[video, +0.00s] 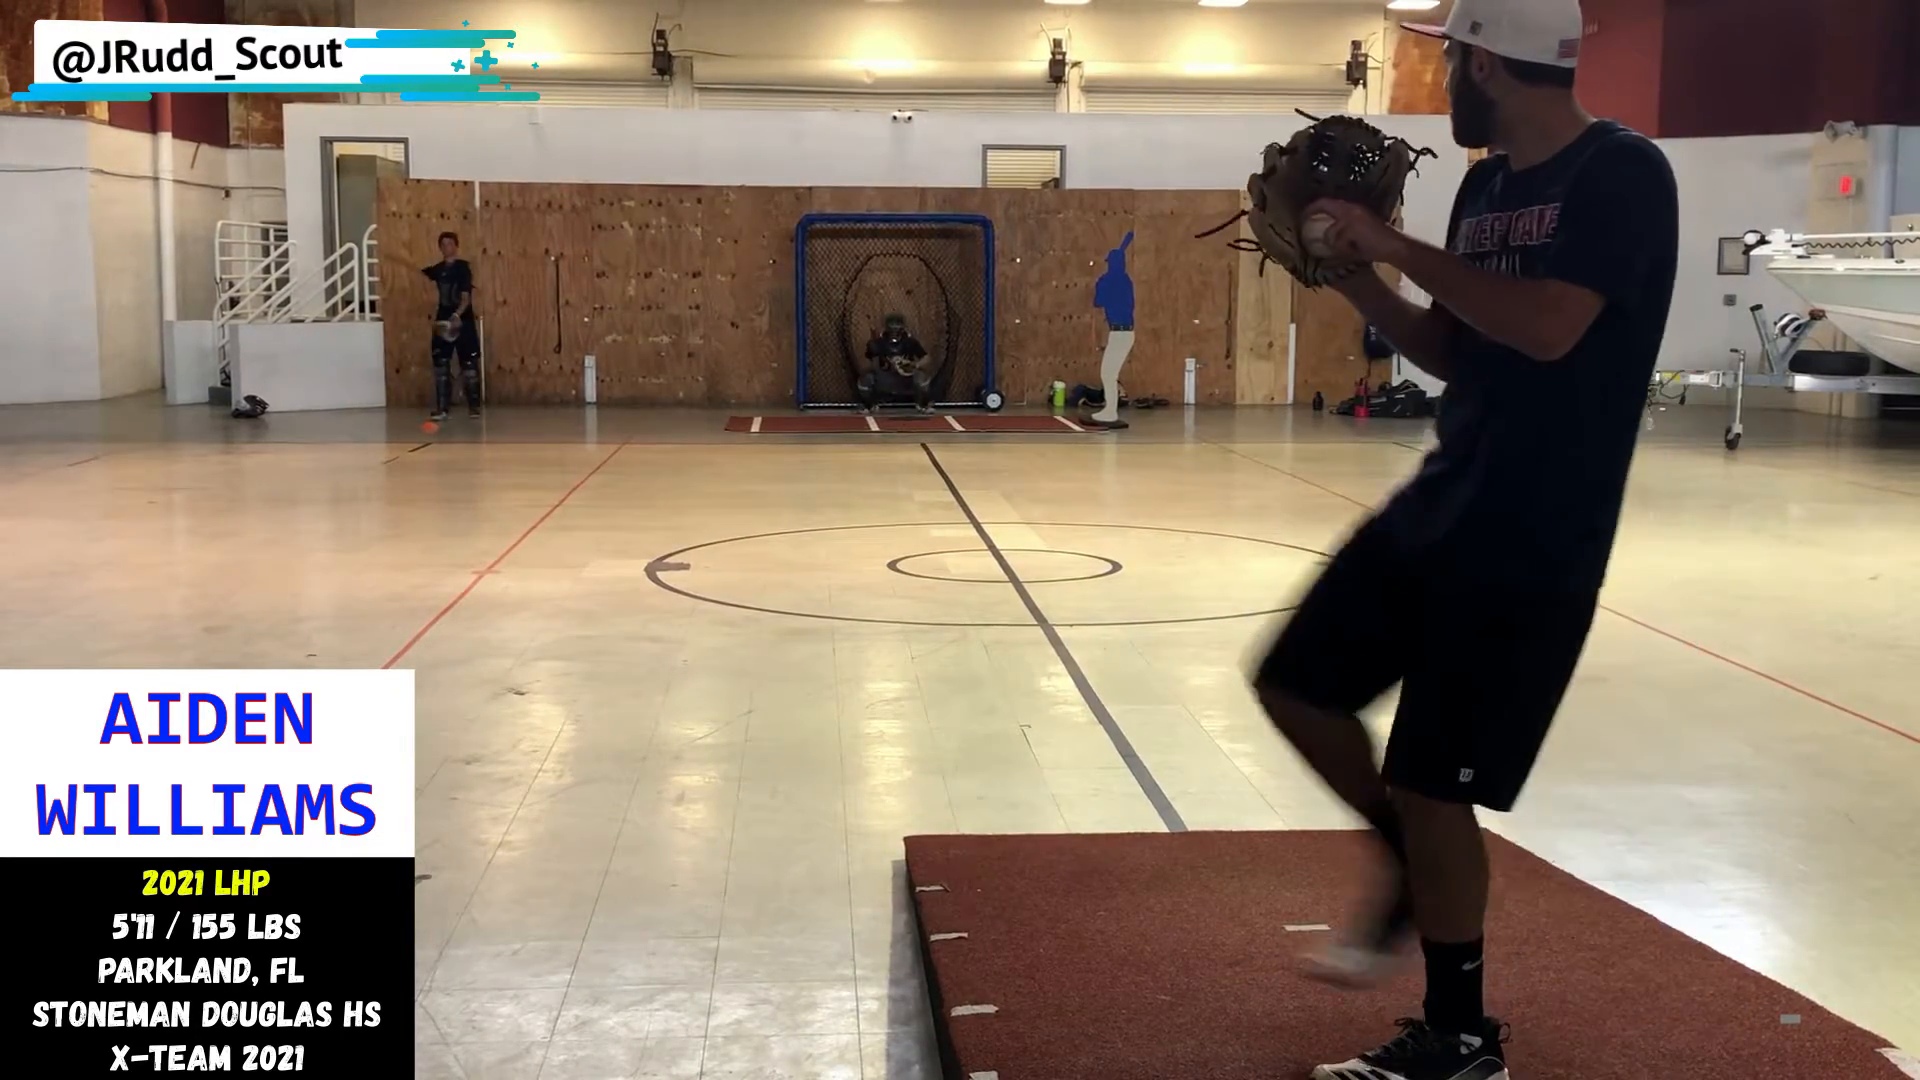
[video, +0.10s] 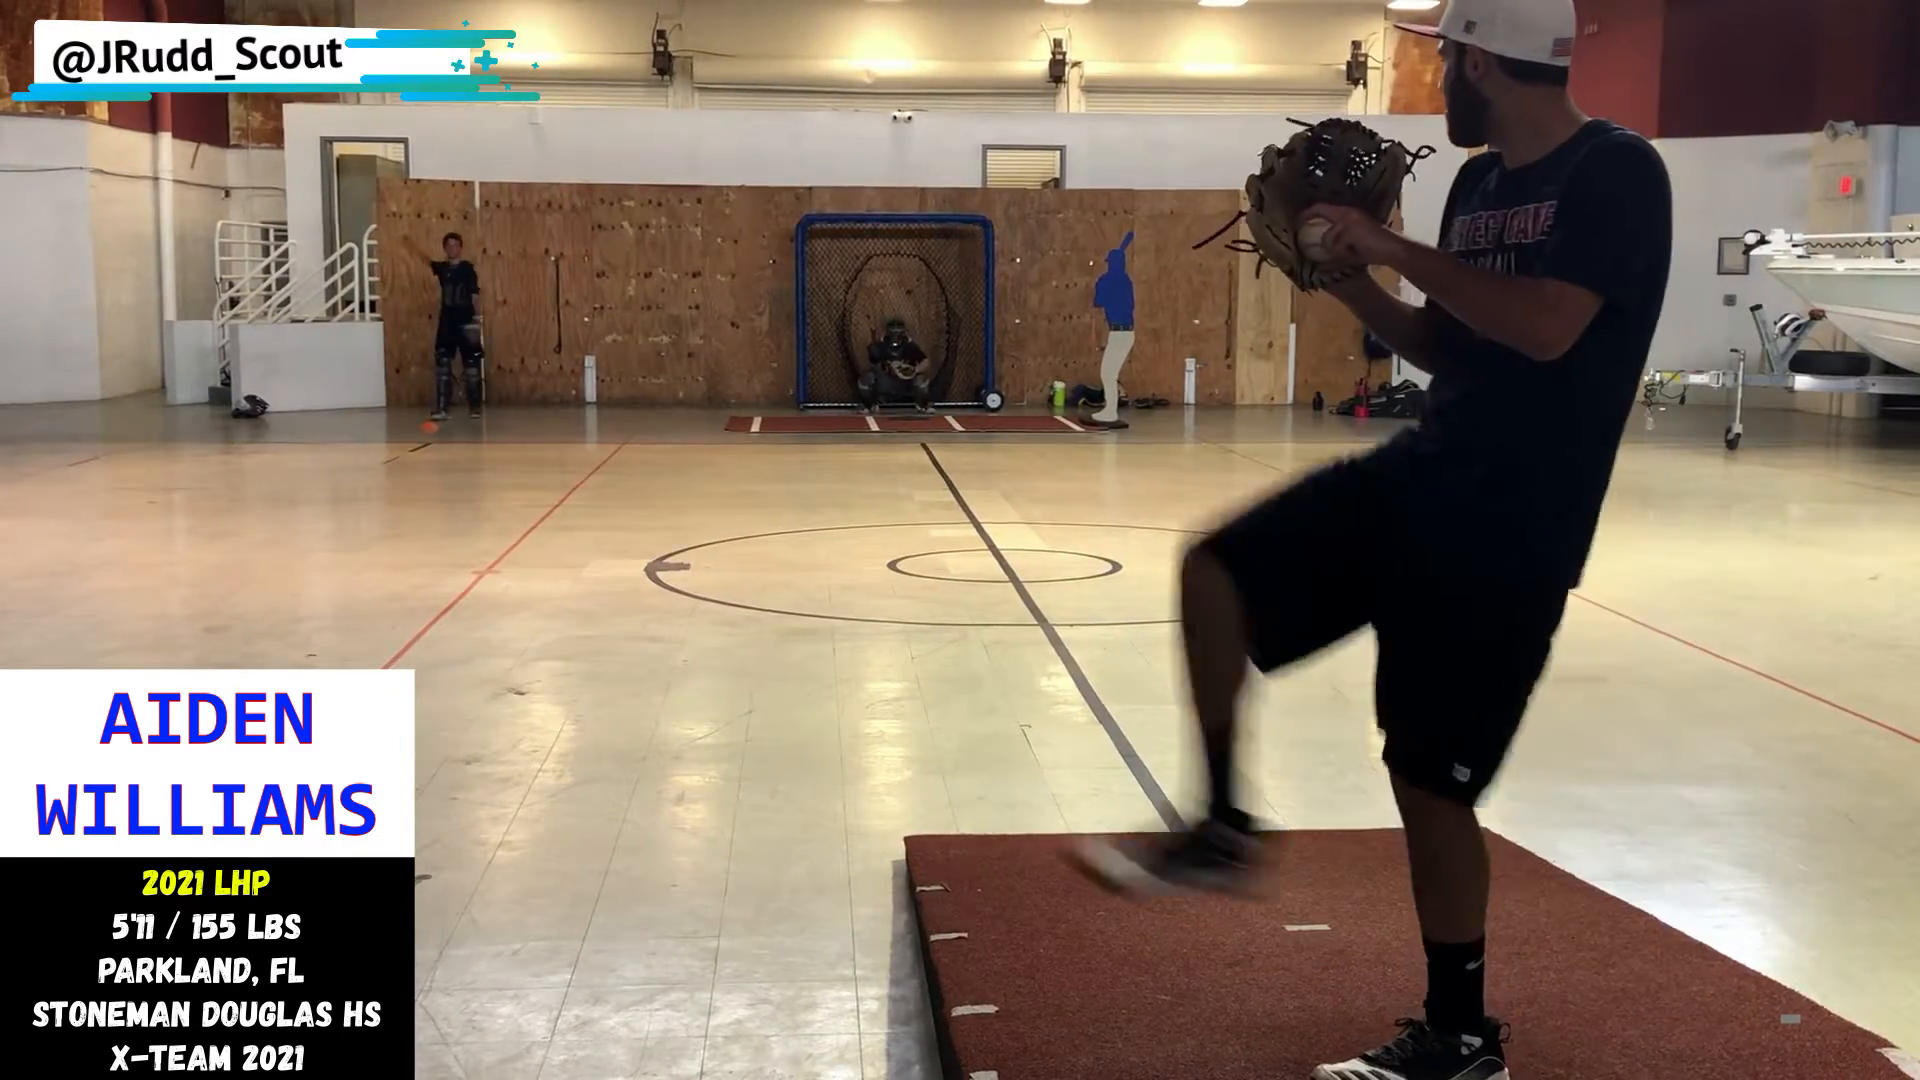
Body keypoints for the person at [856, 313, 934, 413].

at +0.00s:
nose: (895, 331)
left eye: (898, 328)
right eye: (892, 328)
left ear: (903, 327)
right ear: (886, 327)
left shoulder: (910, 342)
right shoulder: (877, 344)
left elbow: (926, 358)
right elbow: (873, 365)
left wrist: (915, 365)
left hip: (907, 377)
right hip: (886, 377)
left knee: (921, 377)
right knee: (866, 380)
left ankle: (921, 405)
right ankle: (871, 406)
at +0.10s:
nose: (896, 335)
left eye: (899, 332)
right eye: (893, 332)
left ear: (904, 332)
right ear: (887, 332)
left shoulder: (910, 346)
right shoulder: (880, 347)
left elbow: (925, 362)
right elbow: (874, 365)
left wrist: (914, 370)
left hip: (907, 382)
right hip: (887, 382)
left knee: (921, 380)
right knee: (866, 379)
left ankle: (922, 406)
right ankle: (871, 405)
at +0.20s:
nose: (897, 337)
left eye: (900, 334)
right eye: (893, 334)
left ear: (904, 335)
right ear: (888, 335)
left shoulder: (911, 349)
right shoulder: (881, 350)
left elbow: (925, 366)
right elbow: (875, 368)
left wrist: (914, 373)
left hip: (907, 383)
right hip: (887, 384)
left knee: (921, 381)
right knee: (867, 379)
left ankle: (922, 406)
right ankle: (871, 405)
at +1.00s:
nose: (895, 337)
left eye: (898, 335)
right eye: (892, 334)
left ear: (903, 337)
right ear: (888, 336)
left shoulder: (908, 352)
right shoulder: (879, 352)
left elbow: (920, 371)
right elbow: (872, 370)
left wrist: (915, 386)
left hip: (905, 379)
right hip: (885, 380)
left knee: (919, 387)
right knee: (866, 381)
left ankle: (921, 406)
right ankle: (870, 406)